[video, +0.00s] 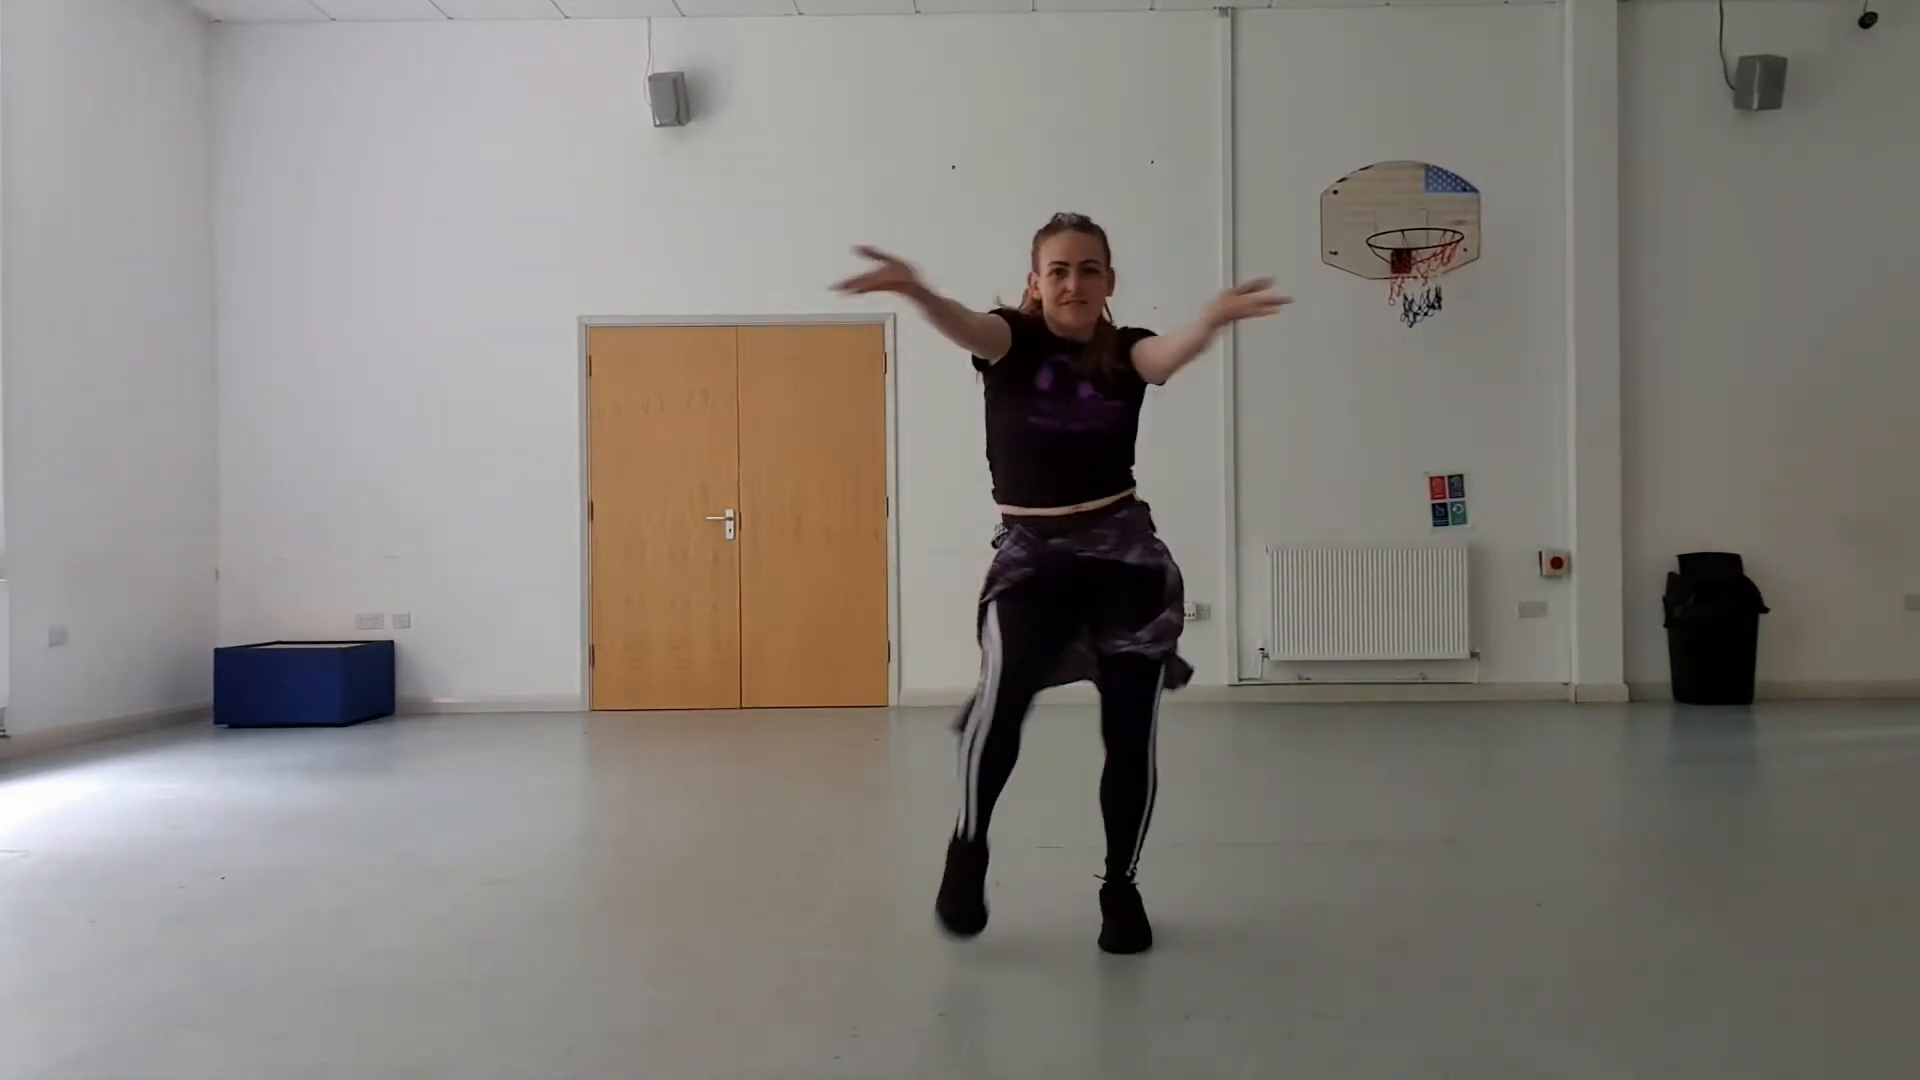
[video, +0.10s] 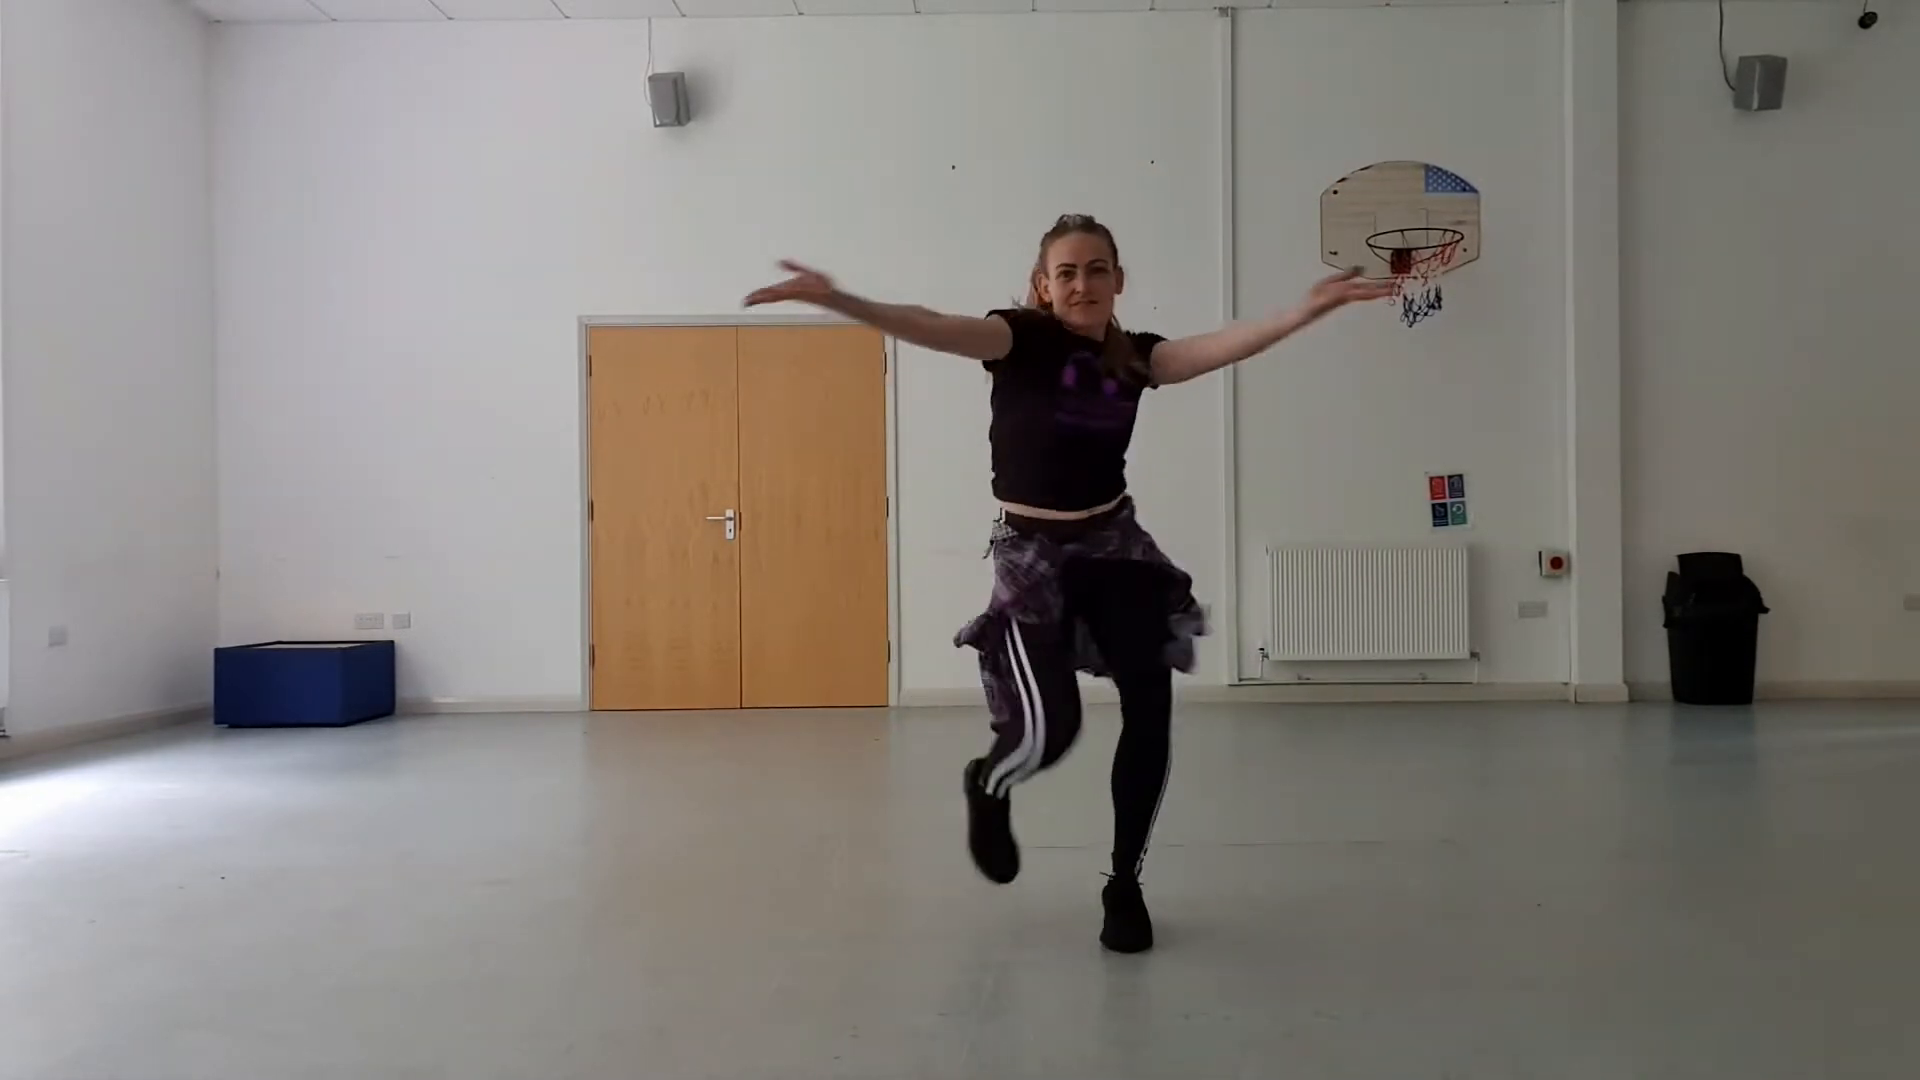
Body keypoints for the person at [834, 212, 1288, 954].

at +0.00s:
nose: (1074, 283)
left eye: (1089, 270)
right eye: (1059, 270)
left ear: (1109, 281)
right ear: (1034, 282)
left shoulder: (1126, 350)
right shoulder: (1008, 340)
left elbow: (1164, 358)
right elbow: (964, 326)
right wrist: (917, 291)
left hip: (1122, 552)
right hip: (1031, 554)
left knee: (1130, 731)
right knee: (1001, 694)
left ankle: (1121, 883)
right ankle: (968, 848)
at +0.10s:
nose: (1082, 284)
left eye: (1096, 271)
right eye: (1066, 273)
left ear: (1118, 282)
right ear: (1040, 286)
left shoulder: (1134, 359)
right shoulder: (1016, 339)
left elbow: (1219, 346)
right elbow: (934, 330)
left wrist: (1308, 311)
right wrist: (841, 300)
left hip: (1113, 550)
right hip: (1029, 556)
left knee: (1149, 712)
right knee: (1051, 731)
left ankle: (1125, 882)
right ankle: (985, 784)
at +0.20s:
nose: (1080, 294)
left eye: (1094, 280)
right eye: (1063, 283)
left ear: (1118, 290)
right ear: (1040, 295)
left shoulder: (1135, 366)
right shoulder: (1017, 347)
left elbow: (1248, 343)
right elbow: (914, 338)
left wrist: (1357, 304)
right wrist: (804, 322)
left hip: (1110, 557)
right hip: (1032, 565)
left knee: (1152, 720)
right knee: (1075, 755)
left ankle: (1126, 883)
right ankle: (1008, 816)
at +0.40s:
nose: (1050, 283)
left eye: (1065, 269)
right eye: (1038, 271)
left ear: (1095, 283)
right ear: (1023, 285)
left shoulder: (1123, 353)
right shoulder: (995, 344)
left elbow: (1243, 348)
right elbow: (882, 354)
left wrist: (1356, 324)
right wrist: (774, 345)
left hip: (1081, 535)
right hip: (1002, 535)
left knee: (1122, 689)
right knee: (1038, 701)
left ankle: (1131, 859)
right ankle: (1018, 851)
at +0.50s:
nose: (1043, 272)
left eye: (1058, 260)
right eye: (1030, 261)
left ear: (1082, 272)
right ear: (1012, 277)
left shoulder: (1118, 346)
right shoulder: (988, 345)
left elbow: (1230, 356)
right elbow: (883, 357)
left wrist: (1328, 347)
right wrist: (786, 349)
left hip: (1078, 529)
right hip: (998, 526)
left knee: (1112, 680)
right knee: (1011, 684)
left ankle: (1099, 809)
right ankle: (1017, 843)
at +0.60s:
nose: (1039, 269)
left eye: (1053, 258)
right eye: (1026, 259)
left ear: (1075, 273)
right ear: (1008, 274)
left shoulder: (1105, 345)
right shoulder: (987, 346)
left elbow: (1208, 369)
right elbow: (885, 369)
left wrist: (1299, 375)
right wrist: (796, 369)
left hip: (1073, 530)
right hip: (996, 526)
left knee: (1073, 690)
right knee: (1006, 681)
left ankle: (1082, 767)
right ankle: (1013, 839)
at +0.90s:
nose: (1048, 292)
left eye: (1059, 286)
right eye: (1035, 287)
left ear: (1077, 308)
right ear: (1017, 310)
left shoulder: (1100, 373)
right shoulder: (993, 372)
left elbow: (1175, 429)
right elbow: (926, 441)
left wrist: (1244, 482)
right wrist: (860, 490)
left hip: (1074, 534)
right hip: (1002, 533)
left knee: (1064, 677)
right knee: (998, 672)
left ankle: (1054, 798)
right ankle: (997, 814)